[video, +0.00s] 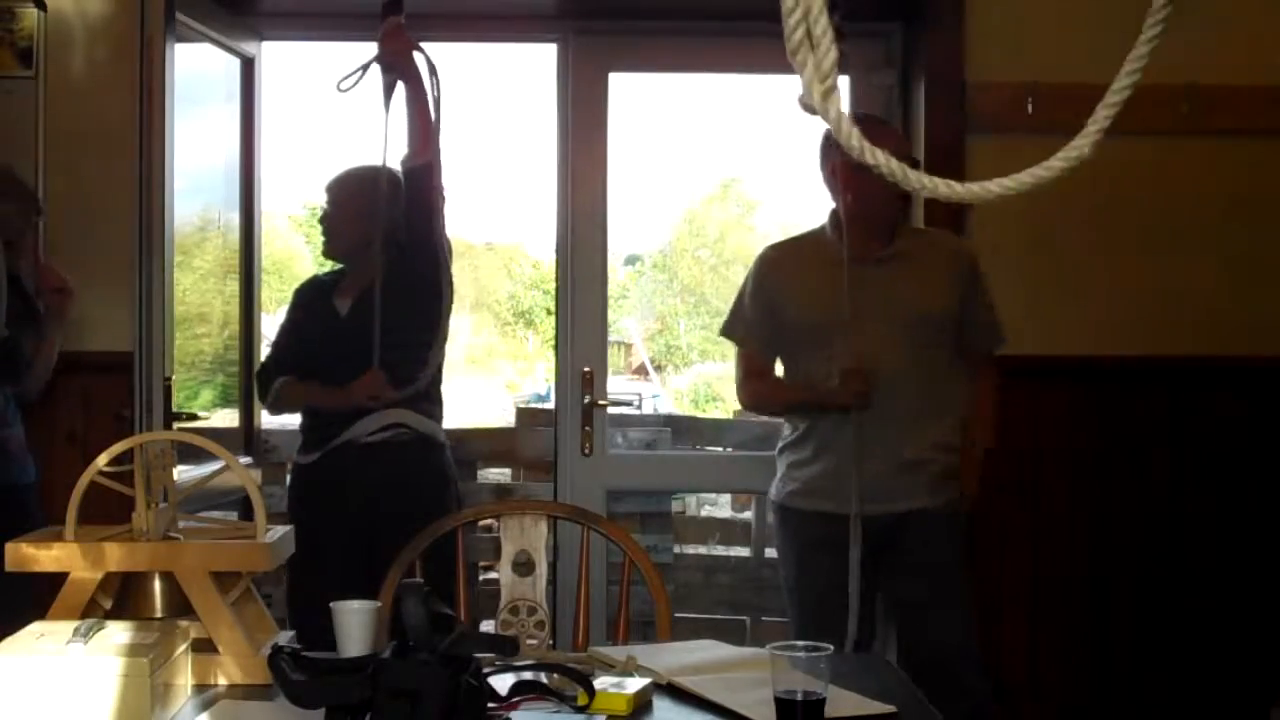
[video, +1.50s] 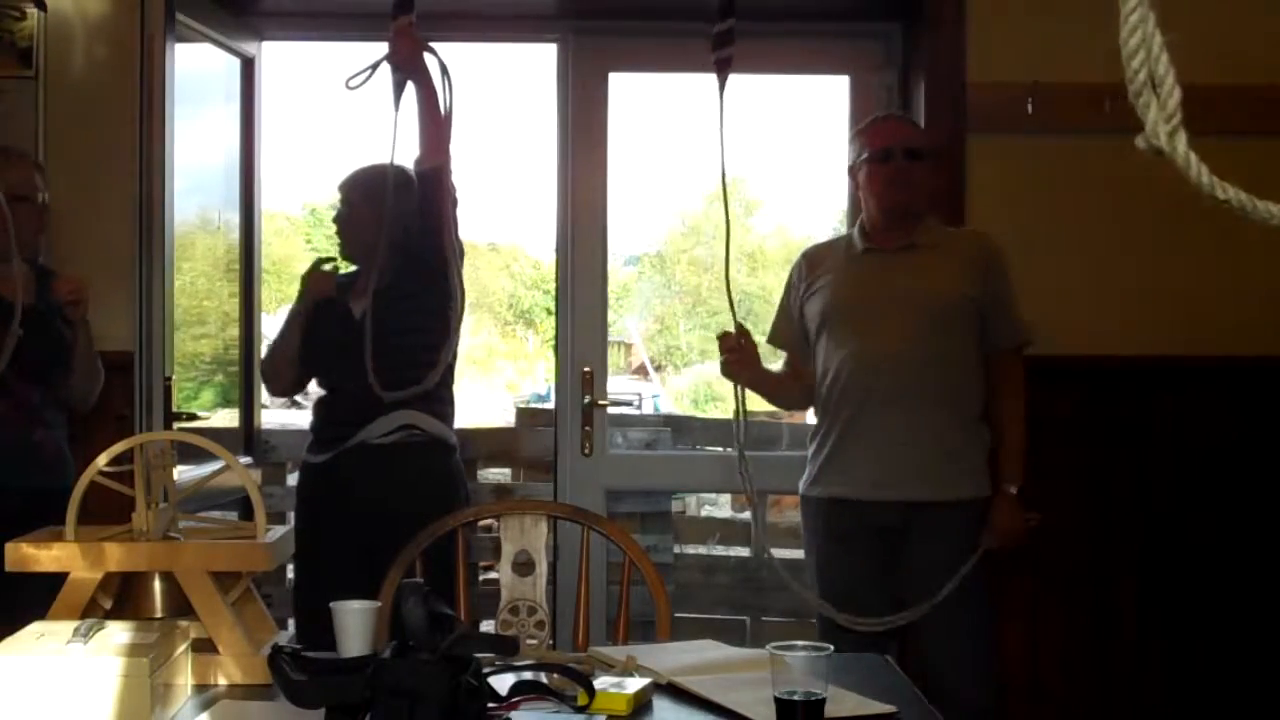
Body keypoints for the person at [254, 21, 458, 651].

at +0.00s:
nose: (323, 218)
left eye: (336, 207)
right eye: (326, 207)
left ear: (380, 215)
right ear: (348, 217)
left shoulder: (416, 283)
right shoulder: (312, 297)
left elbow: (423, 170)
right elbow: (275, 389)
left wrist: (409, 75)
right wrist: (348, 395)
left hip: (406, 474)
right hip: (322, 478)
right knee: (319, 626)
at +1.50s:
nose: (336, 216)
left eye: (349, 204)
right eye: (339, 205)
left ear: (390, 212)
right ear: (358, 214)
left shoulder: (428, 279)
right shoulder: (328, 297)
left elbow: (435, 162)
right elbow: (279, 383)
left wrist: (418, 72)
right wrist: (305, 302)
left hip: (415, 463)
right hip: (333, 465)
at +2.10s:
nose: (359, 223)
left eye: (374, 210)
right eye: (352, 210)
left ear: (406, 218)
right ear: (342, 219)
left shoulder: (432, 278)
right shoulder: (330, 296)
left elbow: (436, 168)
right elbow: (285, 359)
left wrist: (417, 75)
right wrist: (326, 262)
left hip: (418, 462)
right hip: (335, 466)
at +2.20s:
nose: (360, 223)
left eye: (374, 211)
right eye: (352, 212)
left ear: (406, 219)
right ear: (342, 220)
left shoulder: (432, 278)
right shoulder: (332, 296)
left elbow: (435, 170)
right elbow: (288, 360)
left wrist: (415, 76)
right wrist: (328, 263)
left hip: (419, 455)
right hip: (338, 460)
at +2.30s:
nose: (369, 223)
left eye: (384, 211)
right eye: (358, 212)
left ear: (410, 220)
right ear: (346, 221)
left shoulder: (434, 276)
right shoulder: (335, 297)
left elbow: (434, 168)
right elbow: (289, 362)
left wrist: (414, 76)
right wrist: (331, 265)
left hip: (421, 468)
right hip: (337, 472)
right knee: (328, 649)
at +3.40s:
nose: (384, 204)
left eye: (399, 196)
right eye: (377, 197)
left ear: (426, 217)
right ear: (366, 217)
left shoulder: (441, 282)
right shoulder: (341, 284)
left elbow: (443, 170)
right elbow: (263, 253)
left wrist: (422, 79)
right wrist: (299, 175)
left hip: (417, 475)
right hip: (334, 475)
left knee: (422, 631)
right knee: (327, 641)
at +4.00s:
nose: (414, 191)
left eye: (427, 186)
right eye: (403, 186)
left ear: (446, 209)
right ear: (389, 211)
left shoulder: (457, 273)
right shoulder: (360, 266)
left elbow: (450, 174)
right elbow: (331, 183)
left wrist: (420, 82)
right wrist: (365, 86)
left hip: (430, 459)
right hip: (346, 459)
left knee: (441, 627)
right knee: (346, 634)